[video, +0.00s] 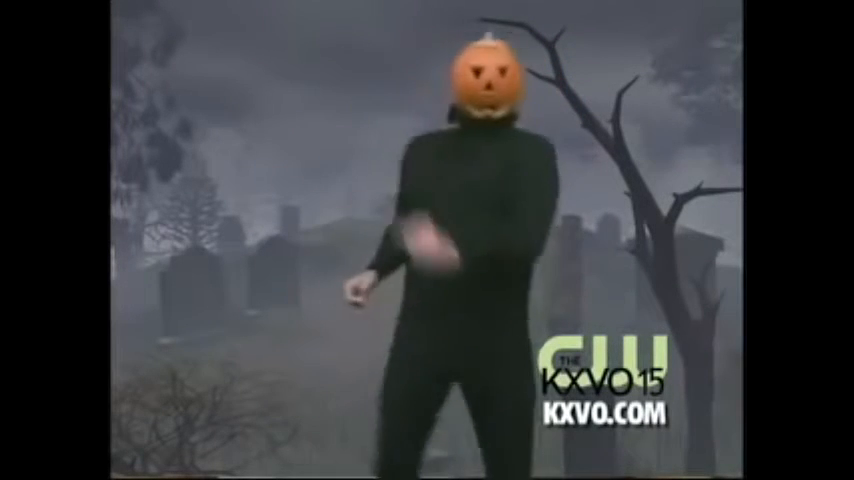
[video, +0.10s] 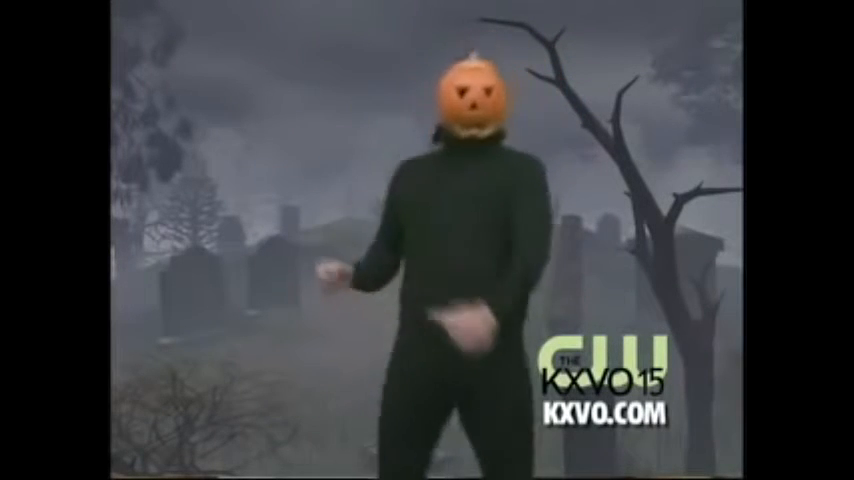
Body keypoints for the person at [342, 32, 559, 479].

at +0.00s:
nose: (488, 79)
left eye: (502, 70)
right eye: (476, 69)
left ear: (518, 84)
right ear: (456, 82)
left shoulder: (533, 153)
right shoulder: (424, 149)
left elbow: (526, 240)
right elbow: (407, 226)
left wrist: (460, 251)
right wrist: (375, 269)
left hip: (498, 338)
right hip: (423, 335)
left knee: (510, 468)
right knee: (394, 464)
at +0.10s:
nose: (474, 98)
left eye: (487, 90)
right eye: (461, 89)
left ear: (502, 103)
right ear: (442, 103)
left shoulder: (523, 172)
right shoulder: (412, 174)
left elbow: (530, 255)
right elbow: (386, 253)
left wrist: (493, 310)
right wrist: (355, 276)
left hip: (495, 357)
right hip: (420, 353)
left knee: (509, 470)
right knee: (398, 468)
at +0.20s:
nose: (460, 114)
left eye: (472, 106)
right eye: (448, 105)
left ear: (488, 118)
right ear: (426, 117)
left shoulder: (510, 190)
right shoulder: (398, 188)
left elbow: (534, 279)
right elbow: (366, 286)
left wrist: (514, 313)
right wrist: (348, 248)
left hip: (494, 372)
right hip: (418, 369)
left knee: (518, 471)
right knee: (380, 471)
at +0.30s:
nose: (444, 111)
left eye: (456, 103)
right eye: (430, 102)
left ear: (473, 119)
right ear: (411, 119)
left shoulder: (498, 189)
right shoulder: (388, 189)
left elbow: (527, 286)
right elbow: (366, 286)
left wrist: (526, 260)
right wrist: (362, 201)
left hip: (485, 371)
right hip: (410, 371)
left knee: (512, 471)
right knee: (380, 473)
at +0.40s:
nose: (431, 85)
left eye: (443, 76)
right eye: (418, 76)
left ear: (459, 91)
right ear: (400, 93)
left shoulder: (484, 160)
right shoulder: (376, 163)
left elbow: (515, 244)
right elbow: (380, 238)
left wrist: (508, 199)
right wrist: (401, 173)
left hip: (469, 345)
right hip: (397, 349)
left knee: (502, 469)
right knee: (383, 471)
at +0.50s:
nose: (419, 84)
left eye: (430, 75)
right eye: (406, 75)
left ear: (448, 88)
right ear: (387, 90)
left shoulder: (472, 151)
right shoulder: (367, 158)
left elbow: (514, 223)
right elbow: (384, 228)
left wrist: (502, 190)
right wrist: (461, 203)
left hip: (459, 340)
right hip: (390, 344)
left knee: (478, 467)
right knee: (384, 469)